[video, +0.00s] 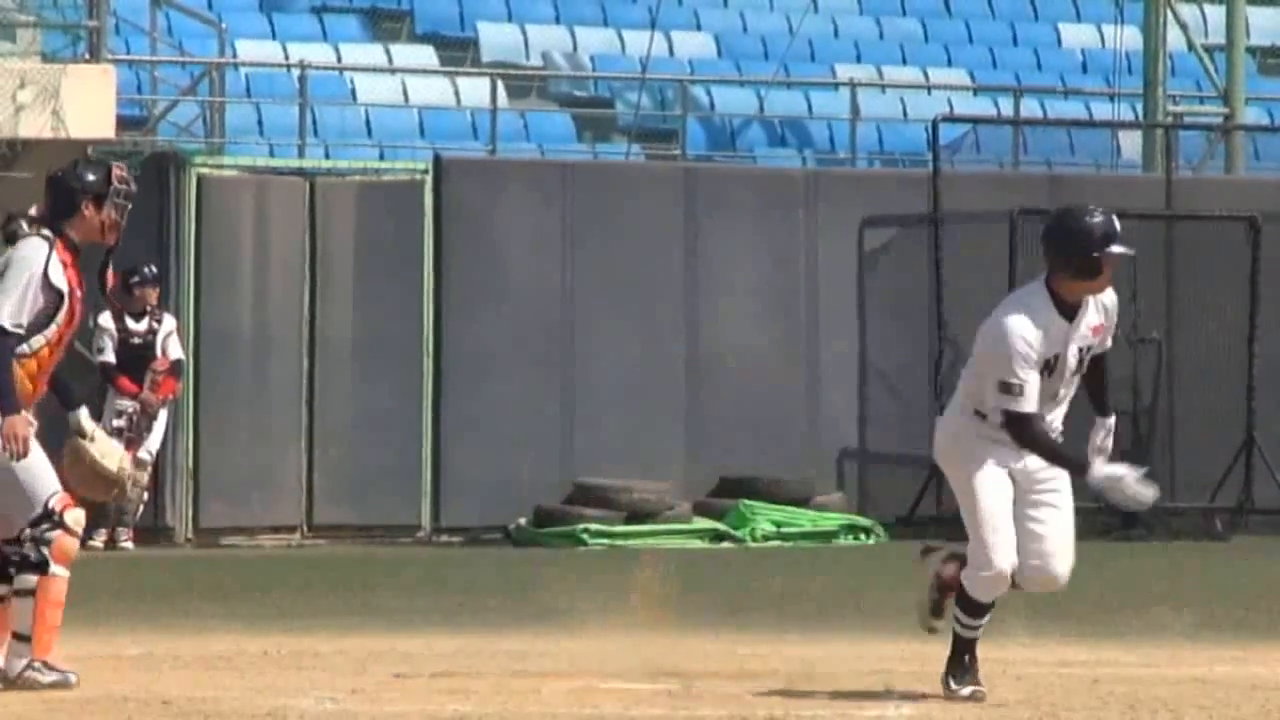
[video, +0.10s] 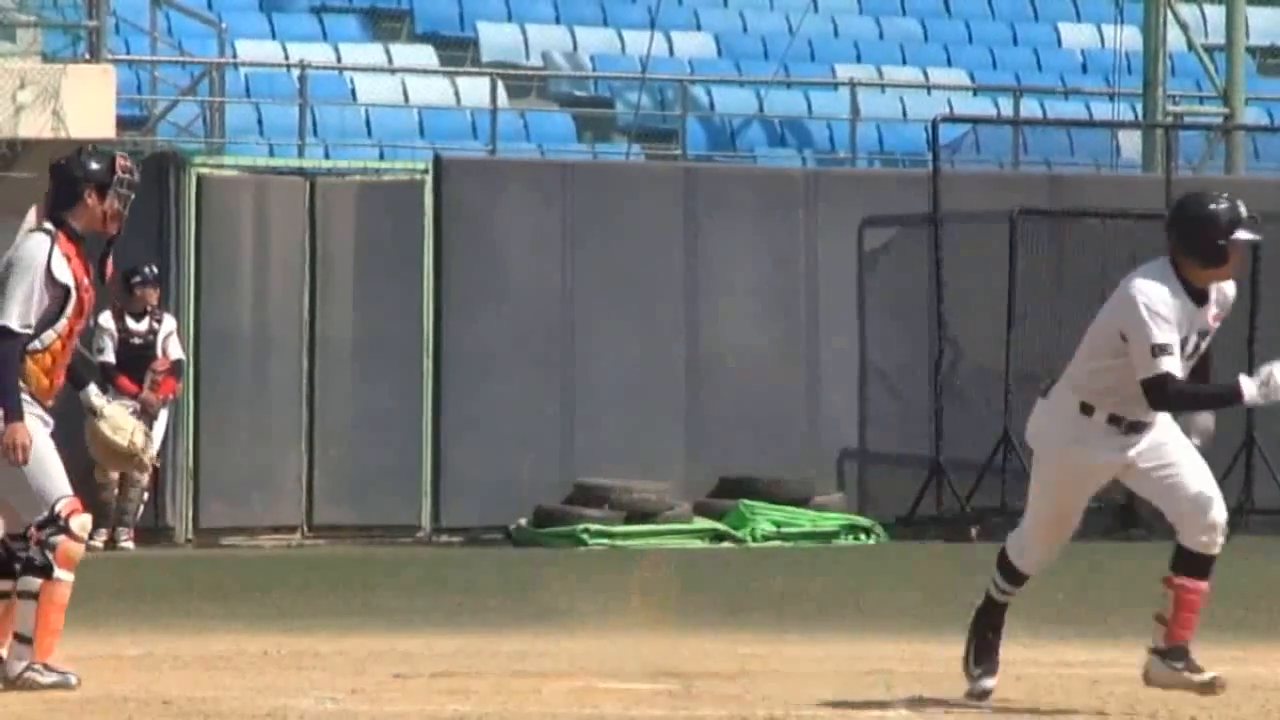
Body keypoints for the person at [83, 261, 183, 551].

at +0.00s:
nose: (154, 293)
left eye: (155, 286)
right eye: (147, 287)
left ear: (157, 290)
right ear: (132, 290)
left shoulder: (166, 323)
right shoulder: (109, 320)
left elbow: (176, 365)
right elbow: (106, 367)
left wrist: (162, 395)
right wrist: (139, 394)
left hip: (152, 398)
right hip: (120, 395)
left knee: (142, 459)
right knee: (111, 456)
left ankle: (125, 526)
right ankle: (102, 524)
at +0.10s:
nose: (153, 293)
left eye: (155, 287)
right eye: (146, 287)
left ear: (158, 291)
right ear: (132, 291)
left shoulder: (166, 323)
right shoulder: (108, 320)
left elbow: (176, 366)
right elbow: (106, 368)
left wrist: (161, 396)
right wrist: (140, 394)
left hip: (150, 401)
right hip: (115, 398)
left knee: (141, 460)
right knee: (108, 460)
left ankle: (126, 527)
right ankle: (103, 524)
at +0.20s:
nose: (153, 294)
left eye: (156, 288)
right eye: (147, 288)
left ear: (158, 292)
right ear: (132, 290)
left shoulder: (166, 323)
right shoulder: (109, 320)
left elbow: (176, 367)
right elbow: (106, 368)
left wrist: (160, 397)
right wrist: (140, 395)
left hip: (150, 402)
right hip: (114, 399)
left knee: (141, 461)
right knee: (107, 461)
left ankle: (125, 527)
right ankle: (103, 524)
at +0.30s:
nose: (154, 294)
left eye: (156, 287)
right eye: (148, 287)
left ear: (159, 291)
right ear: (133, 290)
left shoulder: (167, 323)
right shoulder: (110, 320)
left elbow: (176, 366)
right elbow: (106, 368)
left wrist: (162, 396)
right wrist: (141, 395)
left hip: (150, 402)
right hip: (115, 399)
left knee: (142, 458)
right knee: (110, 457)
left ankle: (125, 526)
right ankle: (102, 522)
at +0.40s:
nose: (155, 294)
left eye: (157, 288)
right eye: (149, 288)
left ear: (159, 292)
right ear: (135, 291)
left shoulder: (167, 323)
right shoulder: (111, 321)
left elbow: (176, 364)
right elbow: (107, 367)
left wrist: (162, 394)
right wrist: (140, 394)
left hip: (153, 400)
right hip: (121, 397)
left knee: (141, 460)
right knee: (113, 457)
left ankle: (127, 526)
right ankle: (109, 523)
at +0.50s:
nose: (153, 294)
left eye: (156, 288)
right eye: (147, 288)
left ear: (160, 292)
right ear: (134, 291)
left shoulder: (167, 323)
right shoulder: (113, 319)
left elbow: (176, 365)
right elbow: (108, 367)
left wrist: (162, 395)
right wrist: (141, 394)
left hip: (154, 399)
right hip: (121, 396)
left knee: (142, 462)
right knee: (115, 458)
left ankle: (127, 529)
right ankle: (109, 526)